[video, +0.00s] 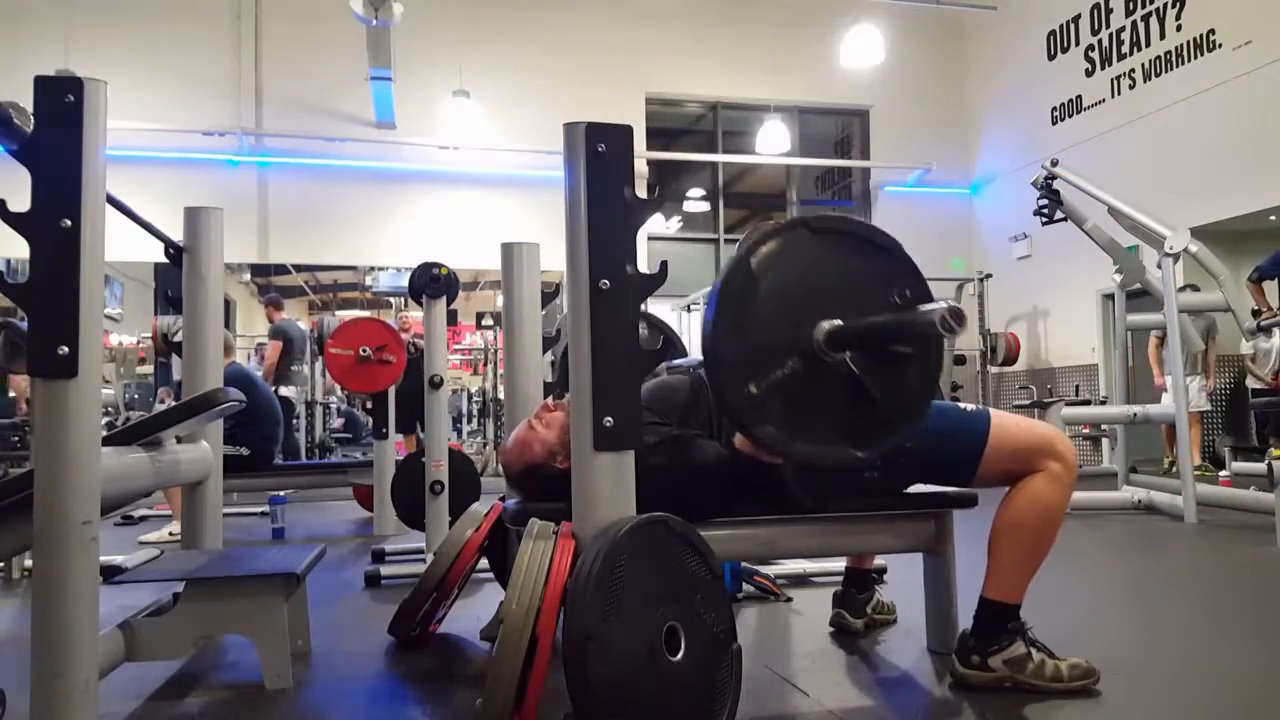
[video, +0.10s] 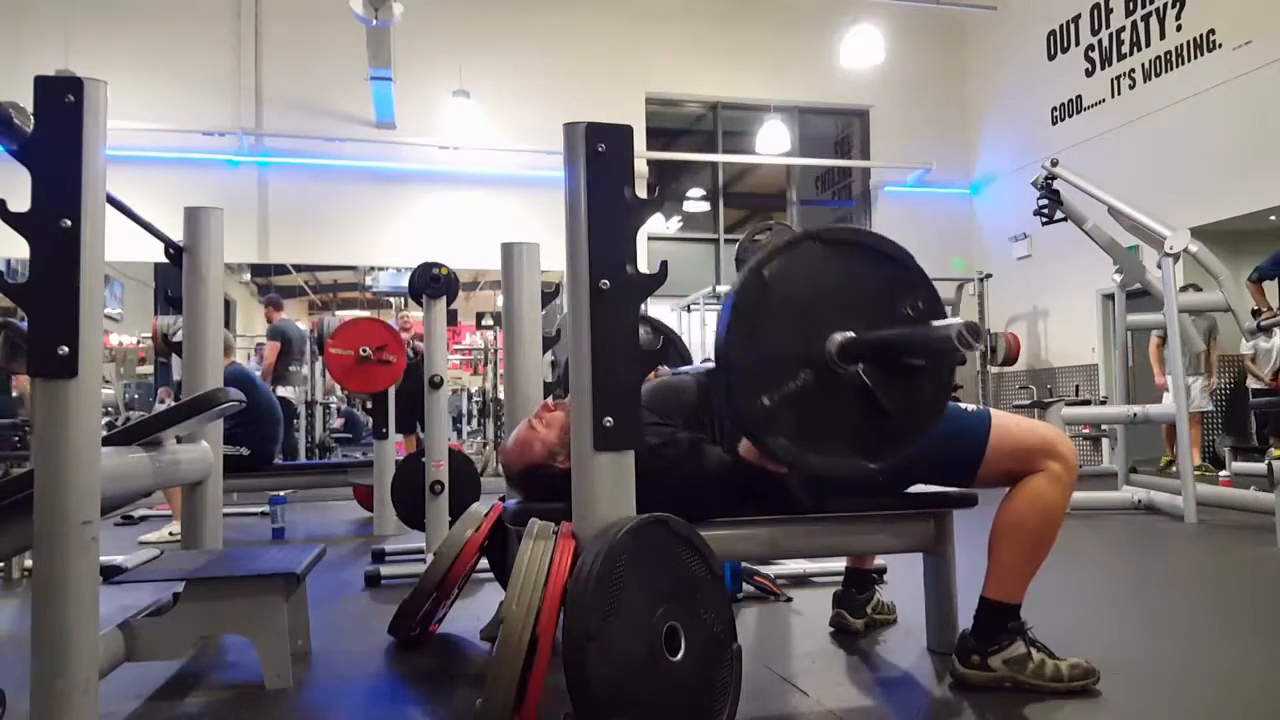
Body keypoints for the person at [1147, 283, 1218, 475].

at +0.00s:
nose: (1190, 303)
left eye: (1194, 299)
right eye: (1186, 299)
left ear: (1200, 300)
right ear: (1178, 300)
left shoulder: (1207, 320)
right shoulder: (1168, 317)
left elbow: (1211, 349)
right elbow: (1153, 345)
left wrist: (1211, 376)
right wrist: (1157, 374)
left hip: (1196, 375)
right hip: (1172, 376)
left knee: (1195, 418)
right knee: (1168, 419)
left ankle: (1197, 461)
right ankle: (1169, 456)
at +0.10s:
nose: (1192, 303)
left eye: (1196, 298)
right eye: (1187, 298)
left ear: (1201, 300)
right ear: (1180, 299)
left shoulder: (1209, 320)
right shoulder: (1169, 317)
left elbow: (1213, 348)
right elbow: (1154, 345)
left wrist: (1214, 374)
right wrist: (1158, 373)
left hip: (1198, 376)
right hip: (1174, 376)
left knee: (1196, 419)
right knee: (1169, 419)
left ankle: (1196, 460)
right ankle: (1169, 455)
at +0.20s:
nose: (1194, 302)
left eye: (1197, 297)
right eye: (1190, 298)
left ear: (1202, 299)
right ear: (1181, 299)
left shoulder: (1209, 320)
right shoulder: (1170, 317)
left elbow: (1212, 346)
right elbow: (1155, 344)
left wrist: (1216, 371)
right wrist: (1159, 373)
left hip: (1199, 375)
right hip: (1176, 375)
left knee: (1196, 418)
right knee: (1169, 418)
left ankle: (1197, 461)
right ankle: (1166, 458)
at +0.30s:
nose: (1195, 303)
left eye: (1198, 298)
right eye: (1191, 298)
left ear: (1201, 300)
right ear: (1181, 299)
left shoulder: (1204, 320)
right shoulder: (1169, 318)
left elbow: (1210, 345)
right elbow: (1155, 345)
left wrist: (1216, 369)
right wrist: (1162, 374)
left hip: (1200, 375)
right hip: (1177, 375)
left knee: (1196, 418)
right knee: (1170, 418)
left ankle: (1197, 461)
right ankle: (1164, 459)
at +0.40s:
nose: (1196, 303)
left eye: (1198, 298)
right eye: (1192, 299)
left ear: (1200, 300)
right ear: (1182, 299)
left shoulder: (1201, 319)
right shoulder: (1168, 317)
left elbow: (1207, 347)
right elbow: (1156, 346)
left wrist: (1214, 369)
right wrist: (1165, 372)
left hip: (1199, 374)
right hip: (1177, 375)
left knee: (1196, 417)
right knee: (1169, 418)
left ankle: (1197, 461)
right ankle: (1161, 460)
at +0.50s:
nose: (1193, 302)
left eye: (1194, 298)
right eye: (1189, 297)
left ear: (1196, 299)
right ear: (1179, 298)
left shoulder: (1195, 320)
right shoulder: (1167, 317)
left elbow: (1201, 348)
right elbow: (1156, 346)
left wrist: (1210, 371)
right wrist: (1166, 372)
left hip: (1197, 375)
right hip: (1177, 375)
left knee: (1196, 418)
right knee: (1170, 419)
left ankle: (1197, 461)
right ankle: (1160, 461)